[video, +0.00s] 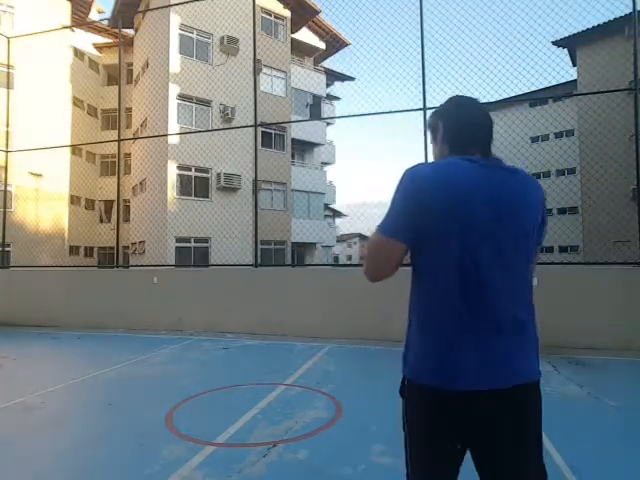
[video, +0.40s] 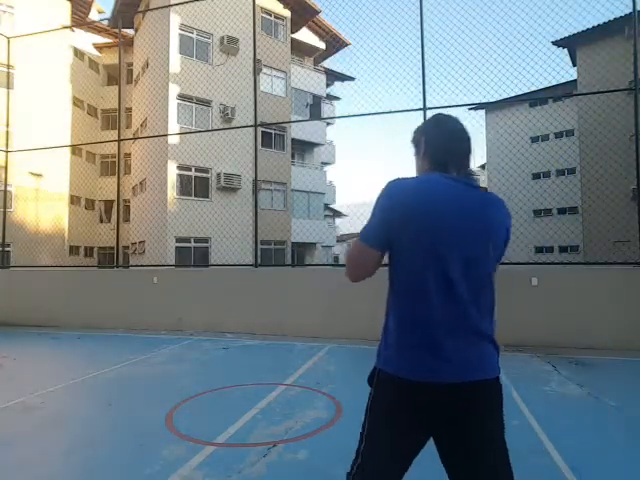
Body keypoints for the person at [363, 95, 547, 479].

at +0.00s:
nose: (433, 145)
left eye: (433, 136)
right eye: (433, 137)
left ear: (441, 136)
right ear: (488, 137)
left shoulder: (421, 180)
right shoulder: (529, 188)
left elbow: (376, 267)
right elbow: (524, 263)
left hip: (436, 385)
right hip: (513, 385)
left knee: (429, 473)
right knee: (521, 474)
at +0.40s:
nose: (416, 161)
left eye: (416, 152)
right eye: (416, 152)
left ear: (424, 153)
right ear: (466, 156)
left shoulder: (400, 194)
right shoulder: (497, 210)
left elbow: (356, 269)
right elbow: (480, 269)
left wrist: (388, 229)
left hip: (404, 383)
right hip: (475, 385)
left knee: (371, 473)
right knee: (488, 474)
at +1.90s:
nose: (288, 232)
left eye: (289, 229)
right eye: (289, 229)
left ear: (264, 215)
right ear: (282, 226)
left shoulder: (239, 229)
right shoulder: (274, 245)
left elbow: (257, 219)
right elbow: (295, 260)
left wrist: (273, 220)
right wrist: (285, 231)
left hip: (214, 339)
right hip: (247, 345)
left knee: (231, 385)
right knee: (275, 415)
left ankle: (222, 445)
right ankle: (278, 474)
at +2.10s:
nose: (268, 229)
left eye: (269, 224)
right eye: (268, 224)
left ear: (243, 211)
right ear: (262, 221)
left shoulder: (215, 231)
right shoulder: (253, 239)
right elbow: (265, 281)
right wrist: (261, 252)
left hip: (196, 327)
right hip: (223, 333)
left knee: (221, 388)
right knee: (241, 402)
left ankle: (221, 444)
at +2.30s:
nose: (245, 217)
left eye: (246, 213)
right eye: (245, 212)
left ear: (217, 205)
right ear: (237, 210)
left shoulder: (191, 229)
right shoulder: (232, 231)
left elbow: (182, 268)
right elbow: (253, 267)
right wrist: (254, 237)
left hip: (185, 323)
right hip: (210, 328)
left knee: (220, 380)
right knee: (196, 401)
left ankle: (221, 443)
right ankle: (150, 469)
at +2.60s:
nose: (226, 216)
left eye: (227, 211)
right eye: (226, 212)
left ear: (199, 205)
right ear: (217, 212)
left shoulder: (173, 225)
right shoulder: (207, 239)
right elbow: (233, 268)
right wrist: (236, 229)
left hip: (170, 321)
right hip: (189, 327)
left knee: (212, 366)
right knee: (187, 394)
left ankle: (206, 429)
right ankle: (147, 472)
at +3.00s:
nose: (212, 224)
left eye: (213, 219)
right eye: (212, 218)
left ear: (188, 213)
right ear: (205, 216)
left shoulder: (172, 235)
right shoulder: (195, 240)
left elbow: (201, 234)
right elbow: (211, 279)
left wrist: (231, 231)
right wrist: (222, 251)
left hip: (176, 323)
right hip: (197, 326)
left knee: (194, 377)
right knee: (215, 384)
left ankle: (184, 429)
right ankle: (171, 450)